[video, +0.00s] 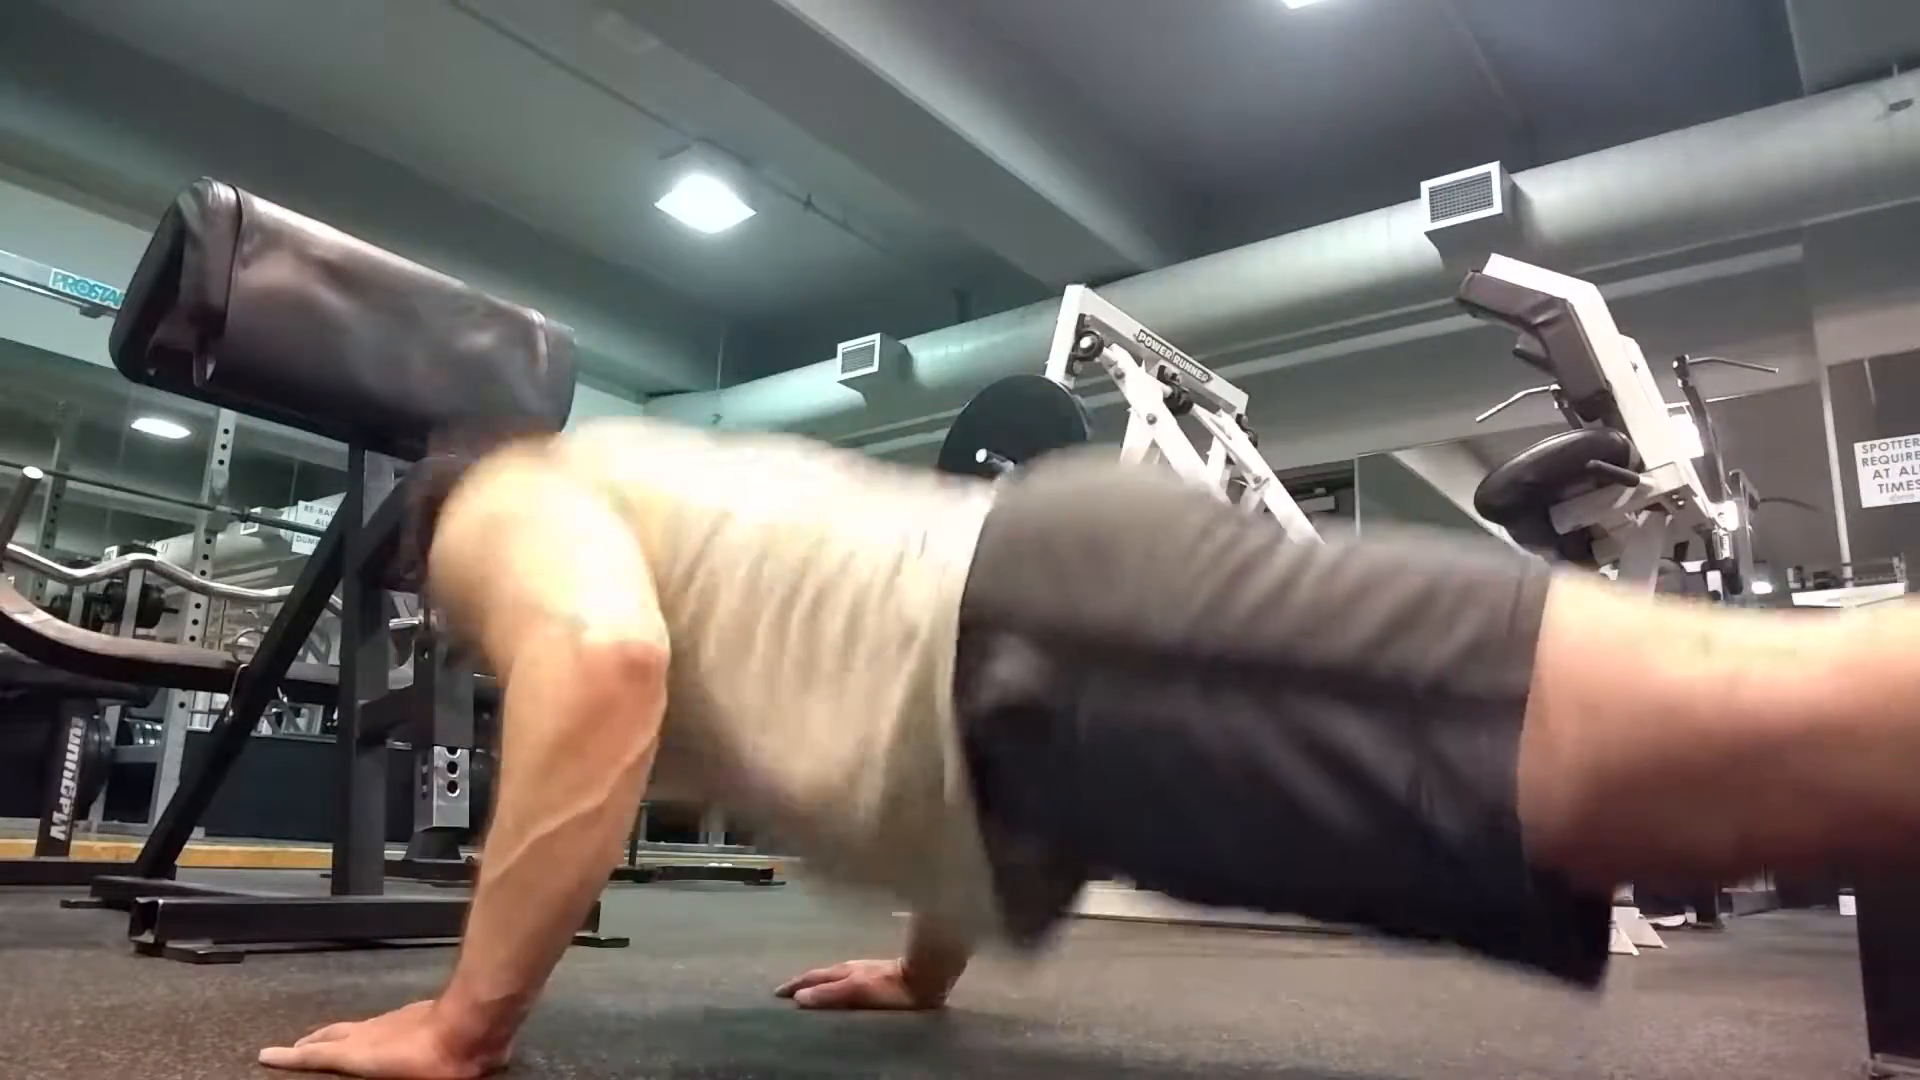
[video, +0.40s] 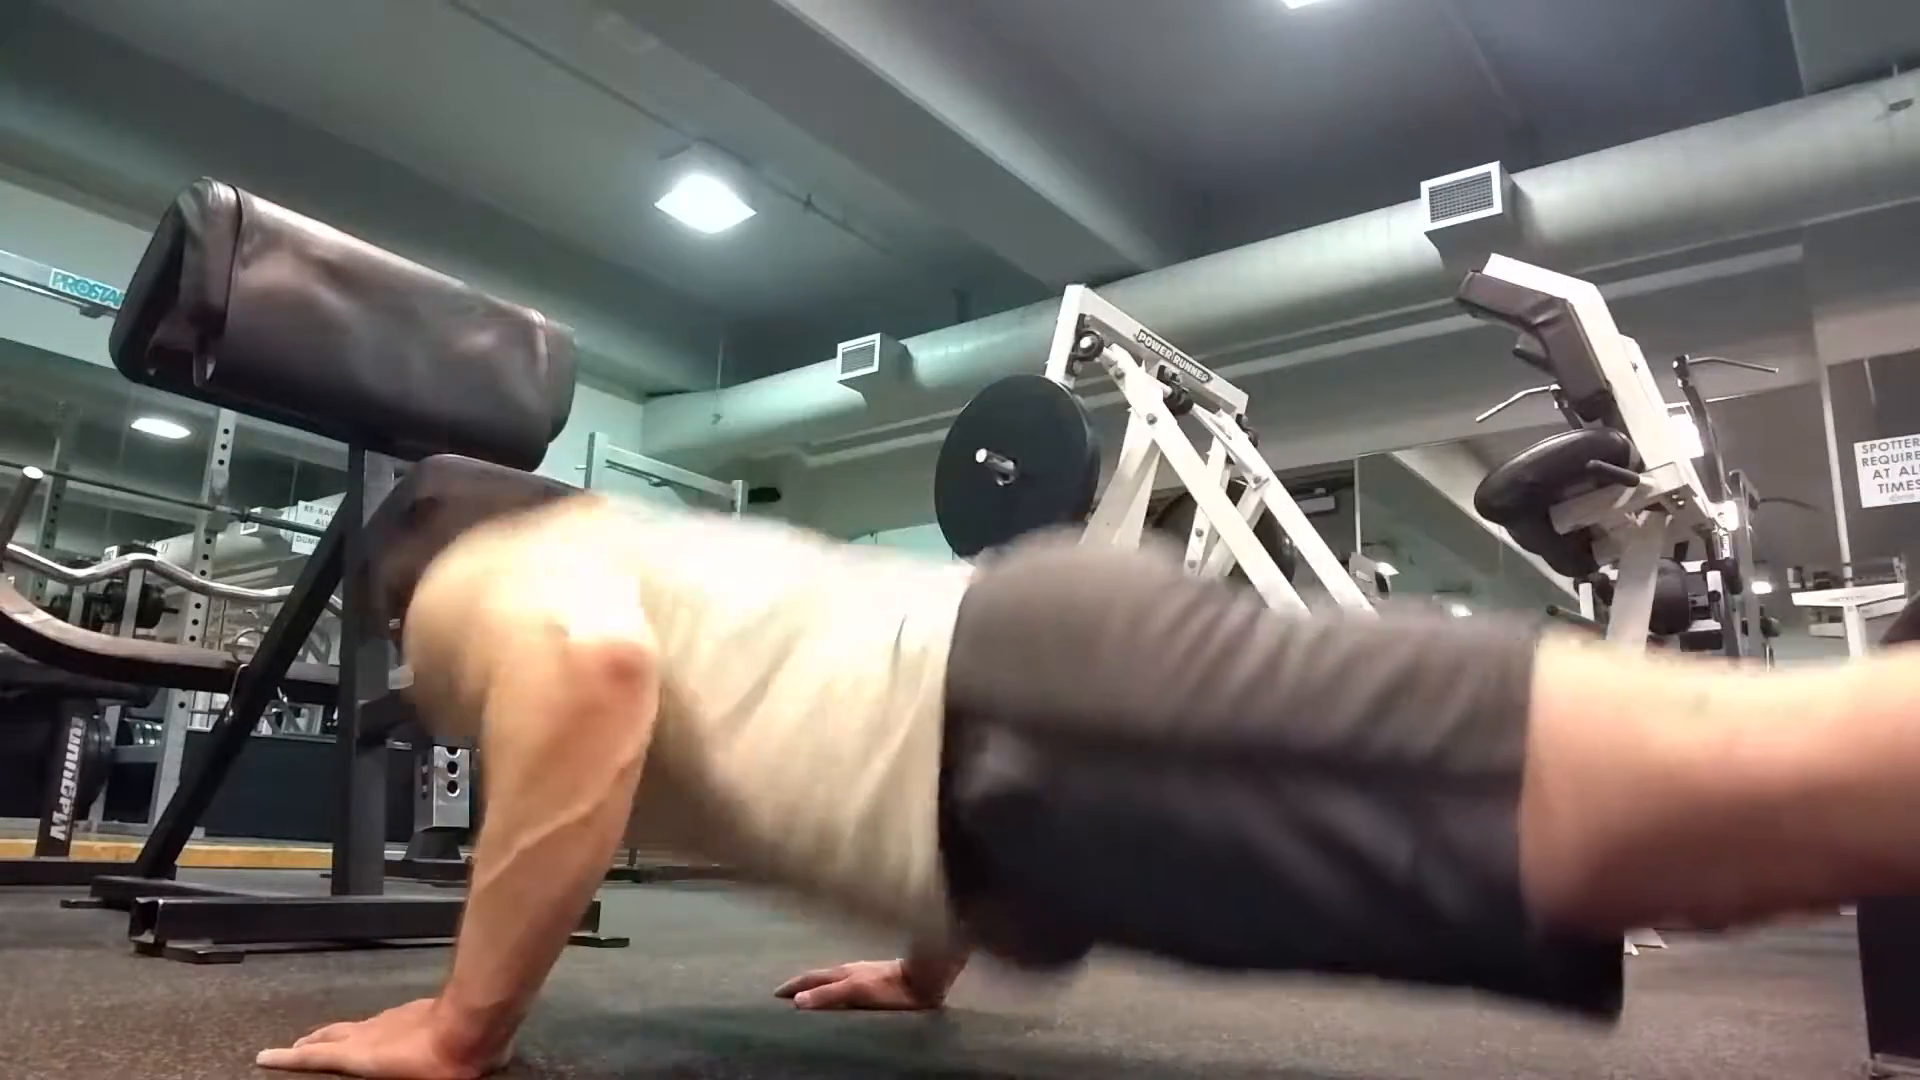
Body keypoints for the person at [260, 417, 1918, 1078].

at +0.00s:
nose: (403, 586)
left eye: (403, 550)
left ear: (414, 471)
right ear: (532, 409)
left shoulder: (506, 489)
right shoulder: (669, 491)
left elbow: (599, 672)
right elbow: (908, 677)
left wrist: (464, 1014)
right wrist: (932, 957)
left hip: (1052, 632)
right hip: (1077, 680)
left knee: (1752, 736)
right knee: (1727, 765)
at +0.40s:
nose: (401, 667)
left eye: (389, 634)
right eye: (396, 647)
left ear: (405, 569)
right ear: (513, 502)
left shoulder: (473, 569)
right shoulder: (647, 552)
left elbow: (590, 690)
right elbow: (892, 690)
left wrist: (461, 1024)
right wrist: (931, 957)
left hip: (1021, 725)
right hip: (1041, 703)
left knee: (1697, 804)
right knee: (1690, 802)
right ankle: (1875, 845)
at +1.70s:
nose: (427, 682)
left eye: (410, 643)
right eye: (417, 667)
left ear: (421, 574)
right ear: (519, 493)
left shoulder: (504, 538)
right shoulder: (666, 525)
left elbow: (639, 692)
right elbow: (905, 686)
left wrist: (466, 1023)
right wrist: (929, 946)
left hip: (1034, 662)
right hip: (1054, 690)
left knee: (1762, 768)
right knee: (1736, 781)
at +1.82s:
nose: (443, 578)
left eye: (422, 542)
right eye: (426, 570)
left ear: (440, 441)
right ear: (524, 442)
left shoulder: (554, 406)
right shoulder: (739, 450)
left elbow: (619, 663)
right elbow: (934, 717)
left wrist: (470, 1016)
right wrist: (923, 970)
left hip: (1070, 561)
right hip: (1095, 654)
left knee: (1755, 695)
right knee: (1741, 745)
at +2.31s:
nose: (416, 880)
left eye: (390, 861)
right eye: (413, 866)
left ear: (380, 816)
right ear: (425, 790)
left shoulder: (431, 759)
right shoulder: (529, 870)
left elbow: (625, 690)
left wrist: (456, 1017)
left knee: (1713, 882)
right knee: (1695, 914)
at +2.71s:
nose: (450, 566)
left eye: (428, 529)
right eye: (430, 560)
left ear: (437, 422)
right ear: (524, 423)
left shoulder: (544, 398)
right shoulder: (712, 437)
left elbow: (613, 656)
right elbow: (913, 693)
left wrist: (468, 1014)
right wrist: (925, 963)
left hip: (1063, 561)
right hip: (1078, 638)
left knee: (1753, 693)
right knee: (1732, 742)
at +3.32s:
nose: (408, 698)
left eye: (394, 662)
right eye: (396, 683)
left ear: (416, 587)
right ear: (523, 515)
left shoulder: (476, 587)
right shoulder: (669, 556)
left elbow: (632, 704)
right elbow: (871, 692)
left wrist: (469, 1021)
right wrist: (878, 936)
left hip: (1003, 723)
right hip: (1039, 697)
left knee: (1723, 813)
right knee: (1715, 806)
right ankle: (1873, 893)